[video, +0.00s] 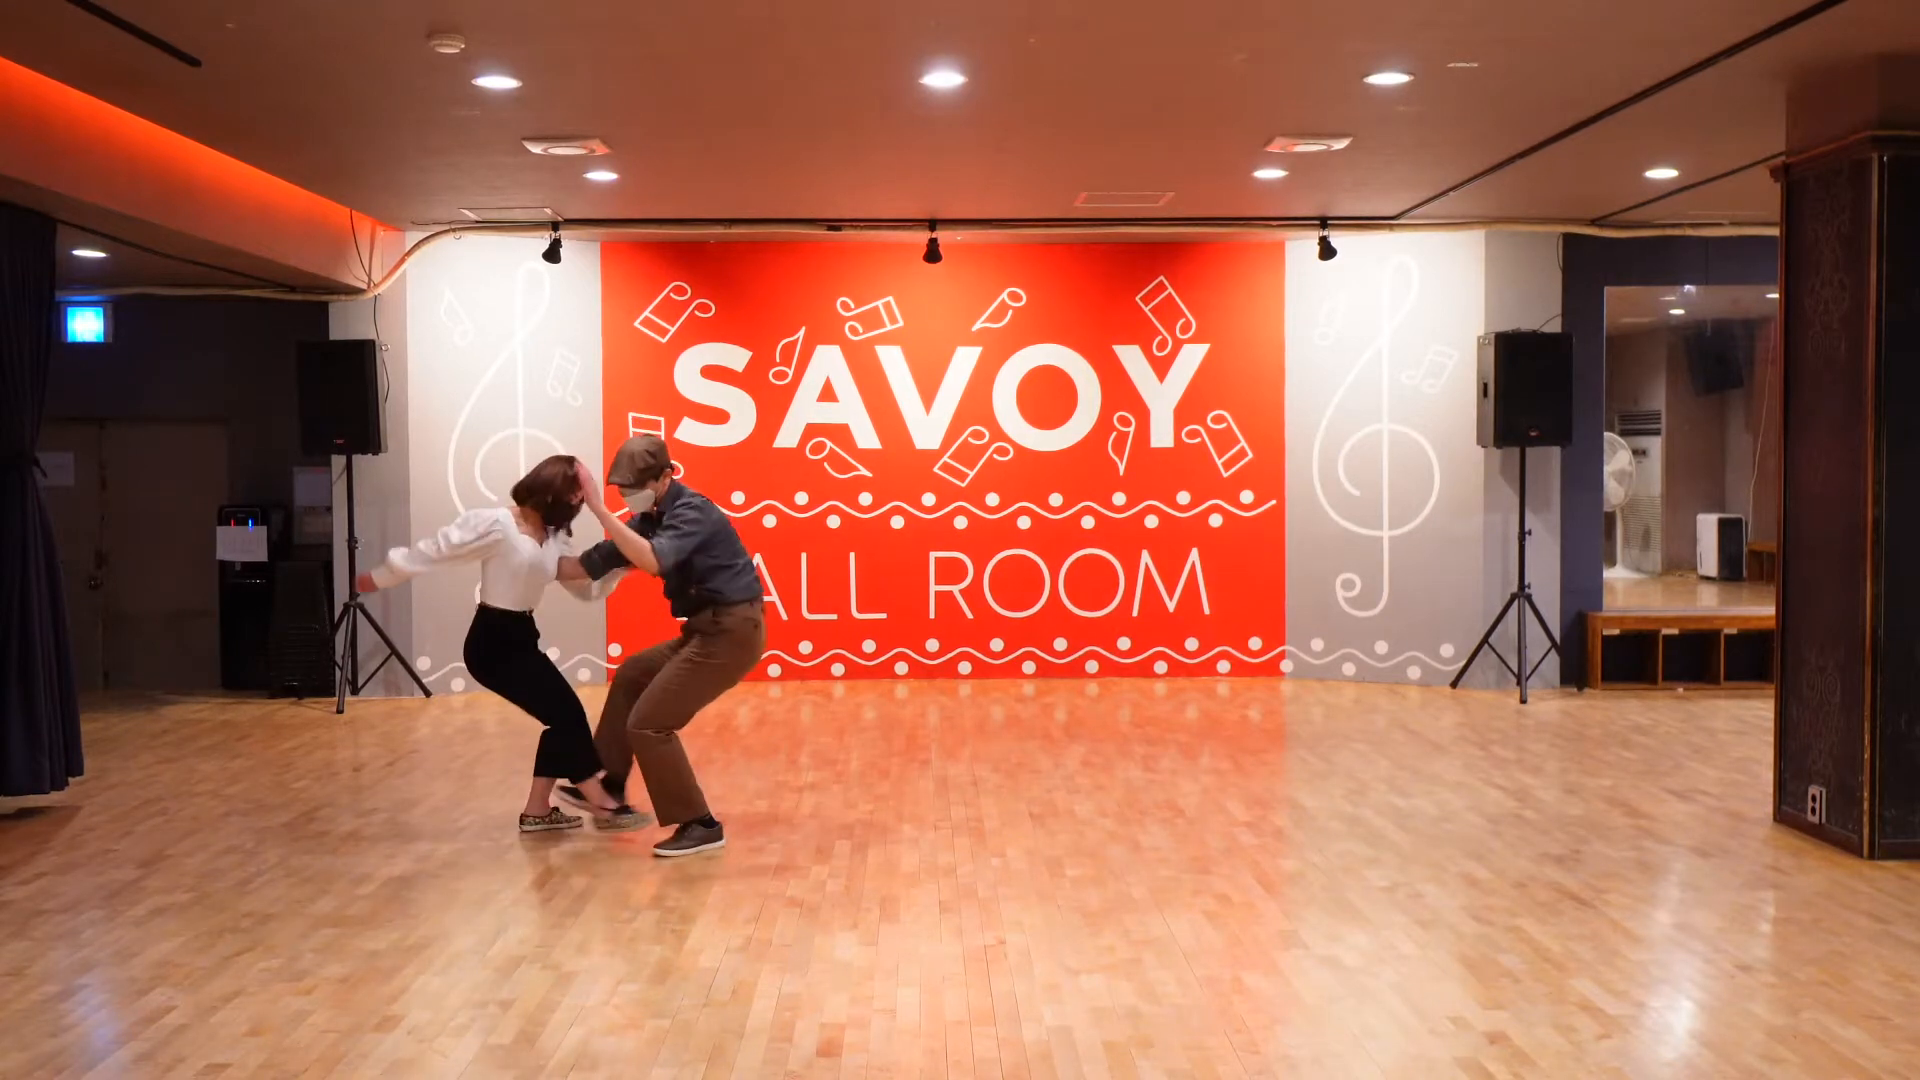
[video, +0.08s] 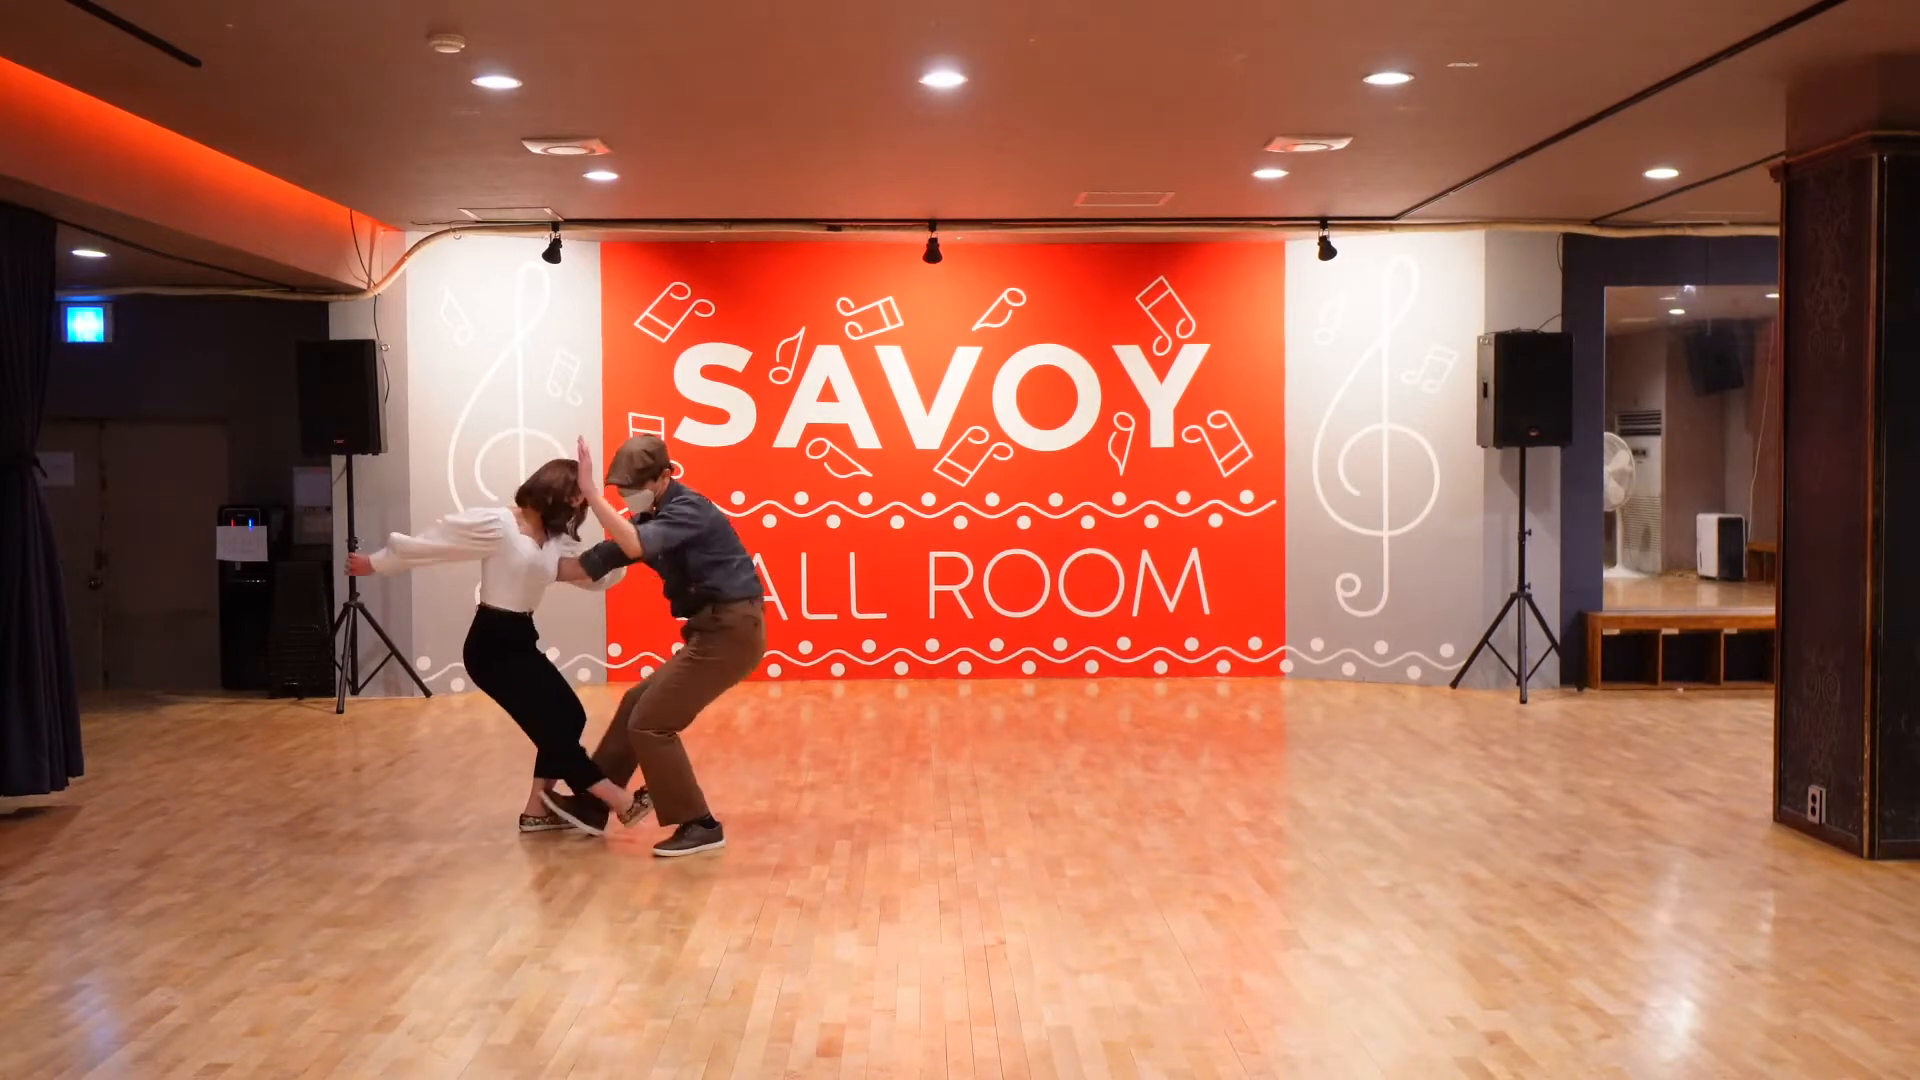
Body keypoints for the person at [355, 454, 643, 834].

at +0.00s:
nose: (576, 509)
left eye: (578, 503)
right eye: (574, 501)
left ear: (539, 488)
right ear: (559, 498)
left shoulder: (554, 541)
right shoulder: (497, 525)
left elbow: (587, 589)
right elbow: (434, 549)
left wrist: (621, 561)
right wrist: (378, 577)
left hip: (522, 642)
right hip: (491, 645)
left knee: (564, 713)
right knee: (566, 712)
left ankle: (537, 809)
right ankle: (603, 804)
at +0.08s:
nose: (577, 509)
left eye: (580, 502)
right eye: (575, 500)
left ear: (550, 494)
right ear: (555, 497)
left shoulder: (552, 540)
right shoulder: (500, 524)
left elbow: (592, 578)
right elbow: (436, 541)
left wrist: (627, 552)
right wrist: (376, 562)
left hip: (522, 643)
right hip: (490, 646)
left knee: (571, 715)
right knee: (551, 726)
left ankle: (537, 808)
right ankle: (622, 802)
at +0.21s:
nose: (583, 516)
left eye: (585, 508)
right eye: (581, 505)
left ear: (551, 496)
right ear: (561, 500)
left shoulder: (556, 541)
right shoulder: (502, 528)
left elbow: (592, 583)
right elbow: (439, 559)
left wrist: (627, 551)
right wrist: (384, 594)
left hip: (519, 641)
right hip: (488, 644)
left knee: (561, 711)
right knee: (568, 706)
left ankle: (537, 810)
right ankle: (573, 808)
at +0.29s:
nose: (579, 513)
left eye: (582, 506)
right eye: (577, 504)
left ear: (546, 497)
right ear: (554, 500)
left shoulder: (553, 543)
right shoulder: (497, 532)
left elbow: (575, 592)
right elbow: (448, 583)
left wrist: (620, 591)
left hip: (520, 643)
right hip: (490, 647)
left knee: (569, 706)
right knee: (562, 709)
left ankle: (539, 800)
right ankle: (534, 805)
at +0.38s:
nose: (583, 509)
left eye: (584, 501)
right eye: (579, 500)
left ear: (547, 498)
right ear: (554, 499)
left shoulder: (548, 542)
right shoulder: (497, 539)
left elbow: (561, 607)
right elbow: (474, 612)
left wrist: (590, 645)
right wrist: (488, 669)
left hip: (525, 640)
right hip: (495, 643)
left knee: (574, 715)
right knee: (554, 721)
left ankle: (540, 810)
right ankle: (527, 822)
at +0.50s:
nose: (579, 508)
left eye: (580, 500)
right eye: (576, 500)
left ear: (543, 499)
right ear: (555, 503)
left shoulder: (538, 541)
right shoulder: (507, 544)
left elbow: (561, 573)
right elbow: (513, 612)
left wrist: (609, 547)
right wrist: (574, 615)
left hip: (513, 647)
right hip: (490, 654)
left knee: (583, 704)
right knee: (559, 717)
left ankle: (547, 802)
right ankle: (527, 822)